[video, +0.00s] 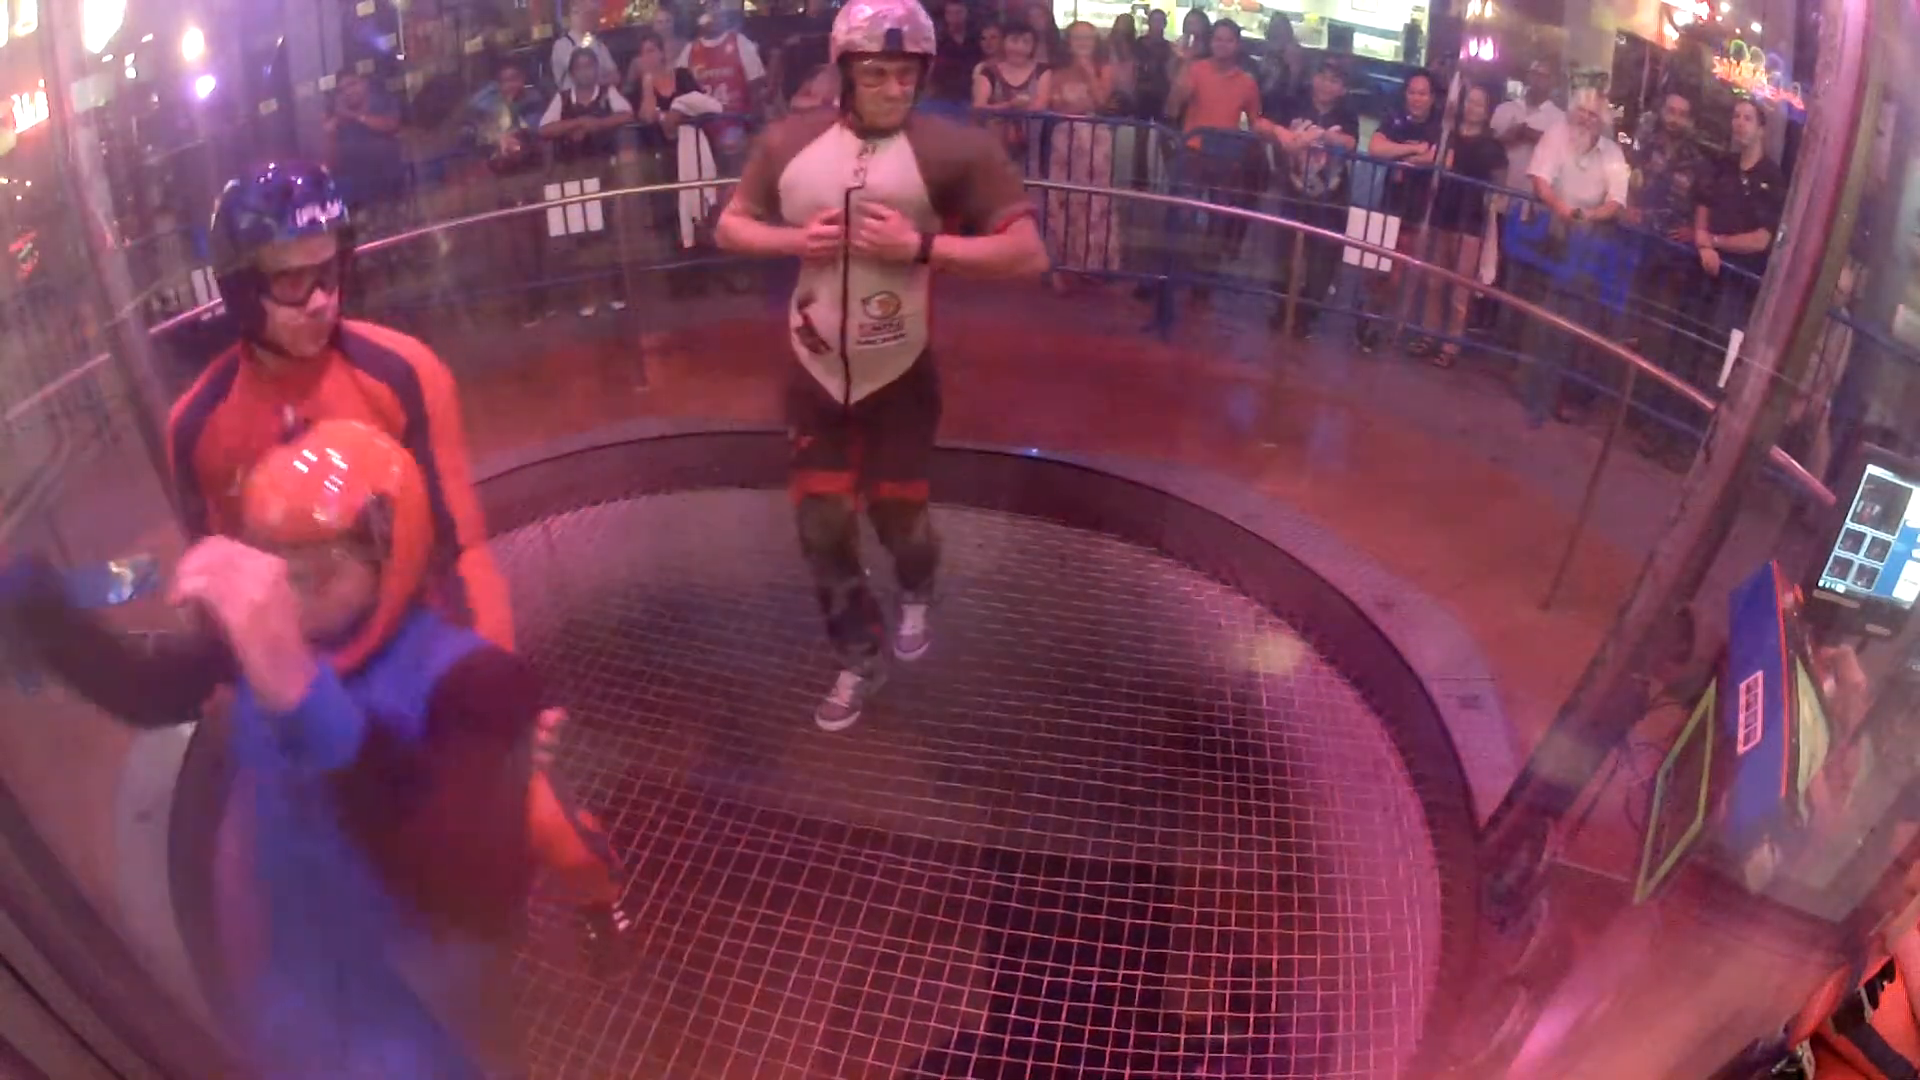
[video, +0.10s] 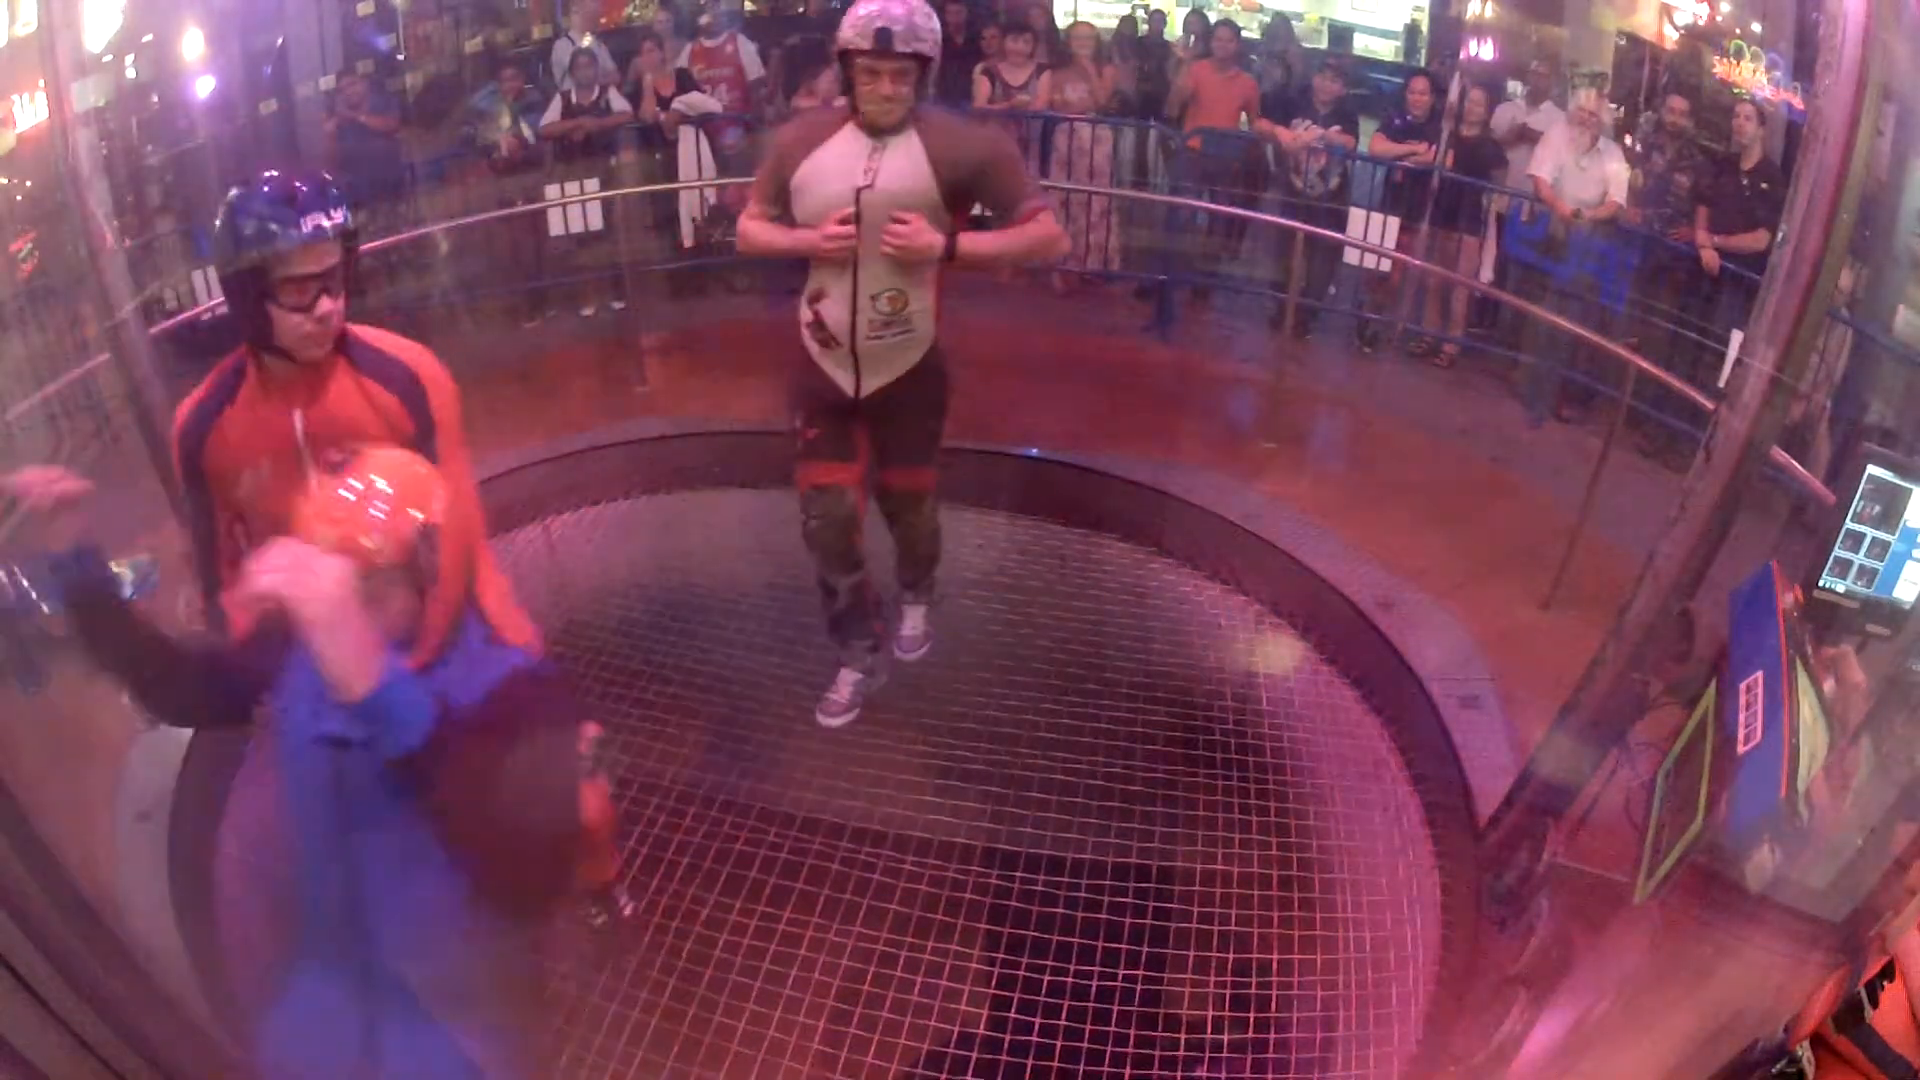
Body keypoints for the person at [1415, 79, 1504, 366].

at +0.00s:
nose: (1472, 108)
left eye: (1478, 103)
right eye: (1468, 101)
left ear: (1488, 110)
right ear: (1461, 106)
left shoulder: (1492, 147)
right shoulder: (1449, 139)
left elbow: (1498, 184)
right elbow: (1436, 171)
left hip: (1472, 218)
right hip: (1442, 213)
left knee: (1461, 285)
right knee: (1434, 279)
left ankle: (1451, 342)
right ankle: (1428, 333)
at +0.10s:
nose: (1471, 108)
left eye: (1478, 104)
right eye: (1468, 102)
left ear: (1488, 111)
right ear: (1461, 105)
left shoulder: (1491, 148)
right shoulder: (1448, 140)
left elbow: (1497, 185)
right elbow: (1436, 171)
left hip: (1471, 219)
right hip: (1441, 214)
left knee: (1461, 284)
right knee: (1434, 278)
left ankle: (1452, 341)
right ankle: (1429, 333)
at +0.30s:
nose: (1471, 108)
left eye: (1477, 104)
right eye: (1468, 101)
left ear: (1486, 111)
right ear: (1460, 105)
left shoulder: (1488, 147)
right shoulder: (1448, 138)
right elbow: (1435, 166)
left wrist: (1452, 158)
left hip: (1467, 219)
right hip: (1439, 212)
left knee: (1457, 282)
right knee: (1432, 278)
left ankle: (1451, 341)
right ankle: (1428, 333)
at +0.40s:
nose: (1470, 110)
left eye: (1476, 105)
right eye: (1467, 103)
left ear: (1485, 112)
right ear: (1459, 106)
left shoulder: (1487, 148)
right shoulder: (1447, 139)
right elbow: (1434, 168)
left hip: (1465, 221)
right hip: (1438, 214)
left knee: (1453, 285)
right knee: (1432, 280)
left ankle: (1451, 341)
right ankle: (1428, 333)